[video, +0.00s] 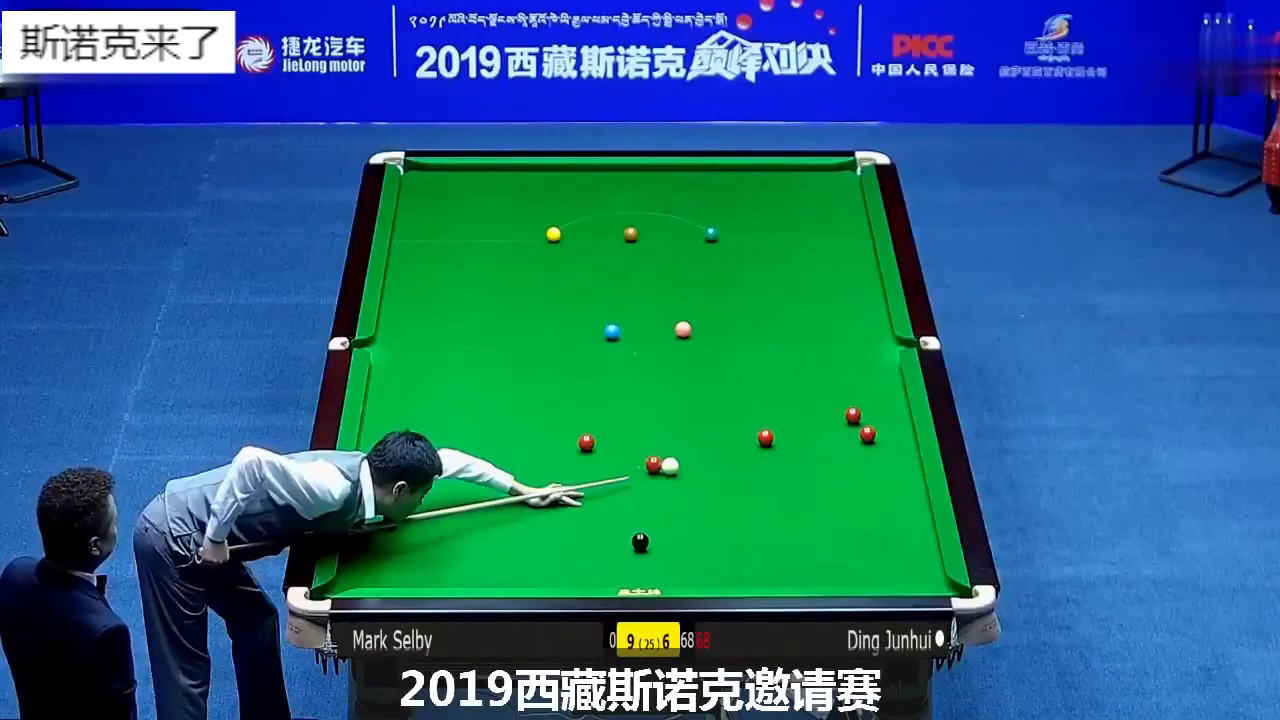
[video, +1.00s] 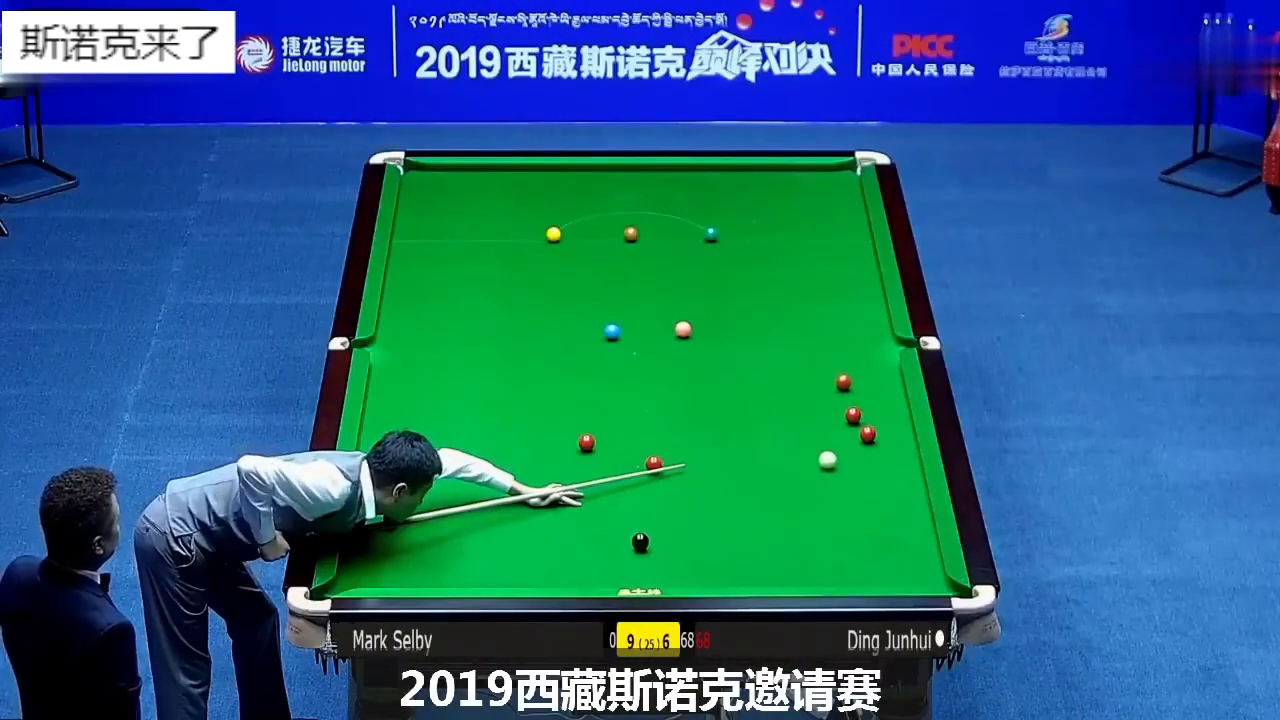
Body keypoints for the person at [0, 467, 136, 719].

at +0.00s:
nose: (116, 527)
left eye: (113, 520)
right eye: (113, 523)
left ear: (49, 531)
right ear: (95, 545)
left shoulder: (15, 575)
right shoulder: (107, 632)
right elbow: (125, 711)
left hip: (29, 711)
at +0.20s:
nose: (116, 527)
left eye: (113, 520)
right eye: (112, 523)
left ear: (50, 531)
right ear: (95, 545)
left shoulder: (15, 575)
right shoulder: (106, 632)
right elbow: (125, 710)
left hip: (29, 711)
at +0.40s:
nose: (116, 527)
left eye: (113, 520)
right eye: (112, 523)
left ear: (50, 531)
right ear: (95, 545)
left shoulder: (15, 575)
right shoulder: (107, 632)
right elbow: (126, 710)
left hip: (29, 711)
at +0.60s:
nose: (116, 526)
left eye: (113, 520)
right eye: (113, 522)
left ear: (49, 531)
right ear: (95, 545)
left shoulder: (15, 575)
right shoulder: (108, 631)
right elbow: (126, 710)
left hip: (30, 711)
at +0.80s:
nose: (117, 526)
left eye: (113, 520)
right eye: (113, 522)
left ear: (50, 530)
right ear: (96, 545)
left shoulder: (16, 575)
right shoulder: (109, 630)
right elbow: (127, 709)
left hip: (30, 711)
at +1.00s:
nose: (119, 525)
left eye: (116, 519)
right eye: (116, 521)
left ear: (52, 530)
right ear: (99, 545)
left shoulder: (17, 575)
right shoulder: (111, 631)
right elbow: (128, 708)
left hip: (31, 712)